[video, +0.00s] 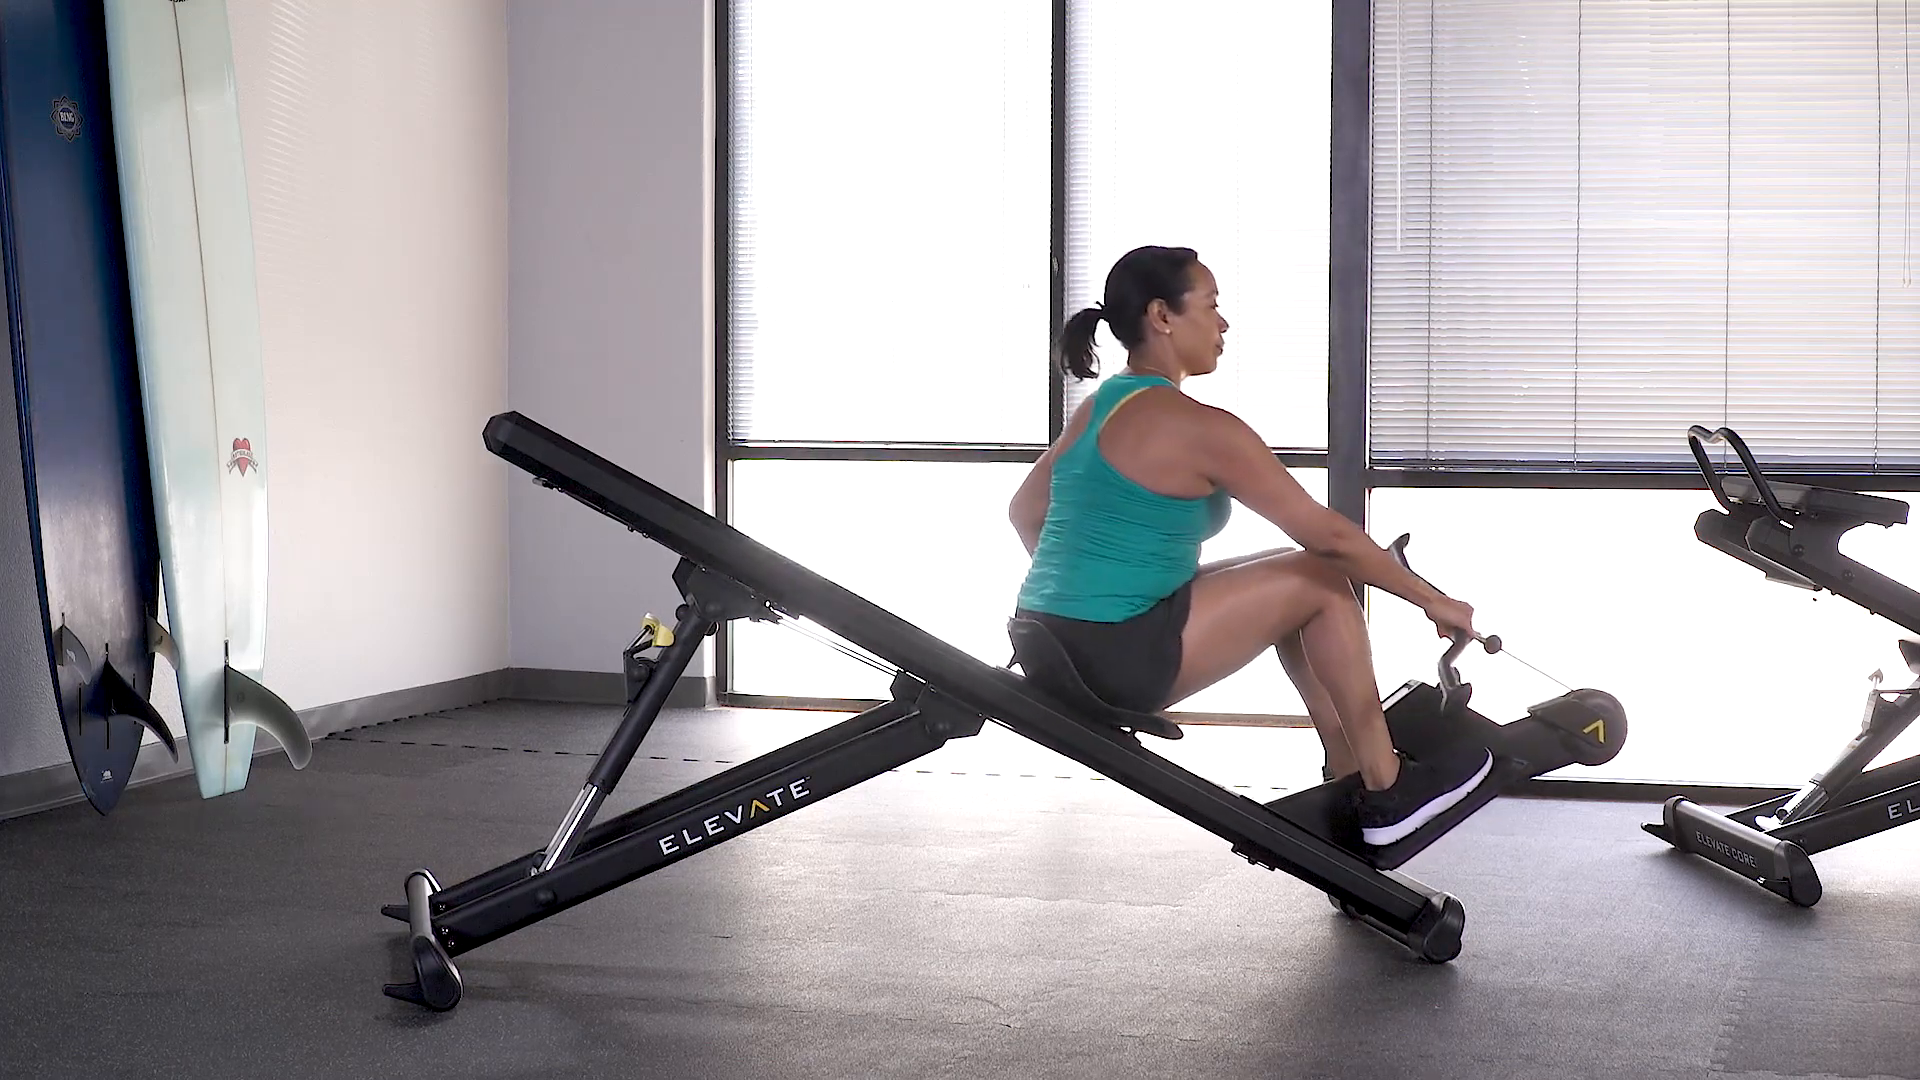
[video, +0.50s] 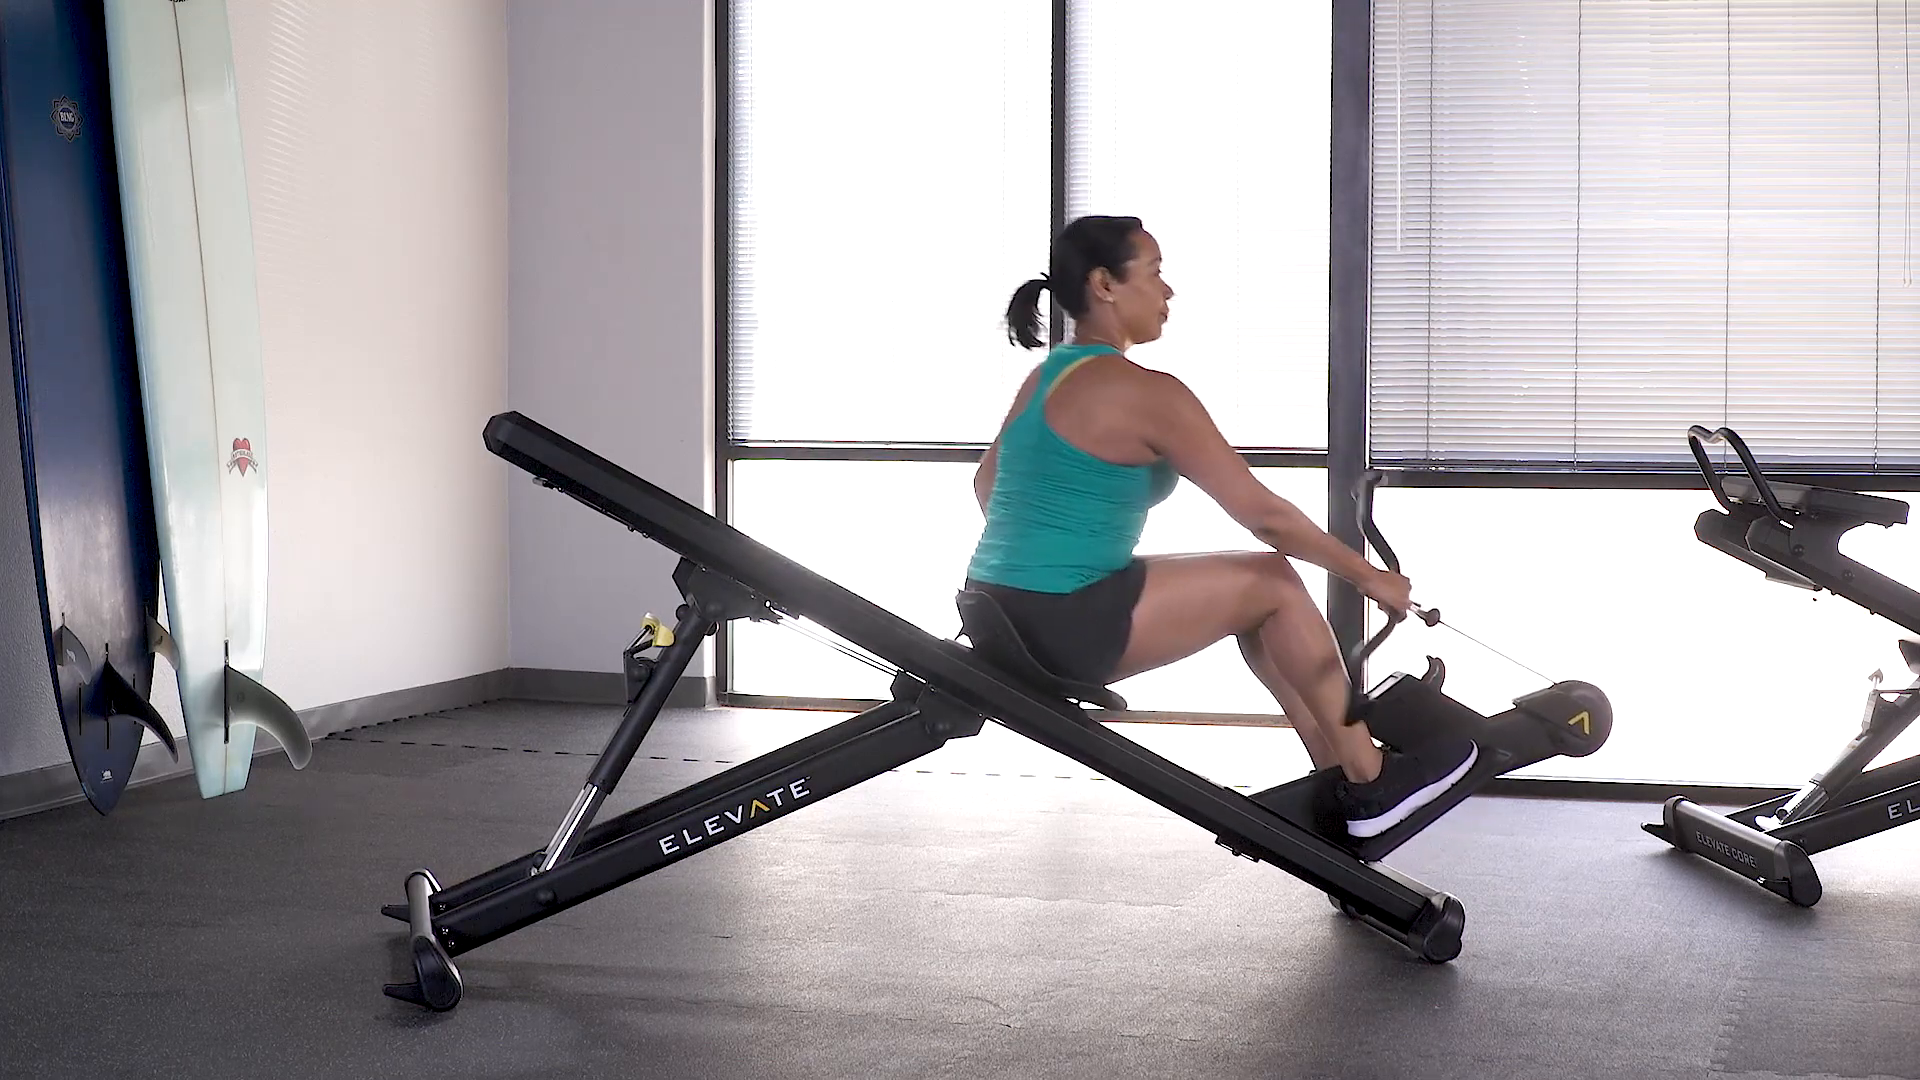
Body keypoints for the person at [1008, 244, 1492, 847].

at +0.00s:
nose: (1223, 322)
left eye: (1217, 305)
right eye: (1211, 306)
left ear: (1157, 320)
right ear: (1162, 318)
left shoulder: (1100, 404)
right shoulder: (1205, 430)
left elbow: (1026, 511)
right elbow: (1326, 535)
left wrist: (1080, 590)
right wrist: (1430, 597)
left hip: (1045, 634)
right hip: (1116, 649)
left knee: (1297, 573)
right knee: (1326, 580)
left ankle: (1346, 762)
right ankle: (1388, 787)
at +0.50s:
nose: (1169, 291)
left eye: (1163, 273)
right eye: (1155, 274)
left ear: (1097, 290)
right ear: (1104, 288)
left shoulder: (1045, 376)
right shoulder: (1150, 394)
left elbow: (987, 483)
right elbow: (1262, 514)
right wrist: (1369, 576)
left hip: (995, 606)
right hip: (1064, 619)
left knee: (1253, 583)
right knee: (1276, 581)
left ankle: (1331, 760)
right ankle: (1369, 773)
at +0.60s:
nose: (1110, 260)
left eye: (1105, 243)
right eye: (1096, 244)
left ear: (1040, 255)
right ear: (1045, 254)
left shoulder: (993, 341)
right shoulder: (1077, 357)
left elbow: (941, 460)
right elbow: (1175, 485)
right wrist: (1287, 536)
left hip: (946, 582)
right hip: (1008, 592)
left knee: (1210, 585)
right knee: (1228, 582)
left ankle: (1307, 745)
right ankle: (1347, 770)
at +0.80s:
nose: (1001, 209)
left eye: (997, 192)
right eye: (990, 191)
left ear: (934, 202)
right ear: (936, 199)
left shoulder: (893, 285)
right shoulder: (925, 288)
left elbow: (955, 418)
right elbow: (960, 417)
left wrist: (1068, 452)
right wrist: (1079, 457)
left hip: (866, 529)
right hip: (899, 536)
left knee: (1110, 598)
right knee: (1122, 592)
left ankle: (1268, 731)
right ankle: (1285, 743)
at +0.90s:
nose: (961, 192)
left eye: (958, 174)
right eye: (951, 173)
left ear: (898, 180)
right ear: (896, 176)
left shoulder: (865, 264)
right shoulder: (869, 268)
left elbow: (869, 393)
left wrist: (985, 420)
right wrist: (987, 419)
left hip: (850, 507)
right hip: (858, 513)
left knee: (1073, 601)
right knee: (1081, 595)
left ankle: (1244, 727)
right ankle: (1256, 732)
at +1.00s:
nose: (935, 180)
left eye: (933, 162)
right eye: (925, 160)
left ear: (875, 166)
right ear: (872, 163)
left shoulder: (855, 252)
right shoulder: (831, 252)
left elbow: (814, 367)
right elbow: (783, 366)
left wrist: (922, 389)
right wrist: (912, 390)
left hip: (865, 489)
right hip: (832, 500)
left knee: (1056, 589)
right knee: (1050, 599)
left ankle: (1224, 717)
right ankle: (1232, 723)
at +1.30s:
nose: (942, 188)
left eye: (939, 171)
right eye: (931, 170)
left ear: (880, 173)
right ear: (878, 172)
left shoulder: (861, 262)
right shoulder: (847, 267)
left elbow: (827, 384)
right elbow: (811, 383)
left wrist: (937, 404)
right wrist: (936, 406)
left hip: (854, 501)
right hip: (843, 509)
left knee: (1071, 582)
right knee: (1071, 585)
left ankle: (1237, 719)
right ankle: (1246, 728)